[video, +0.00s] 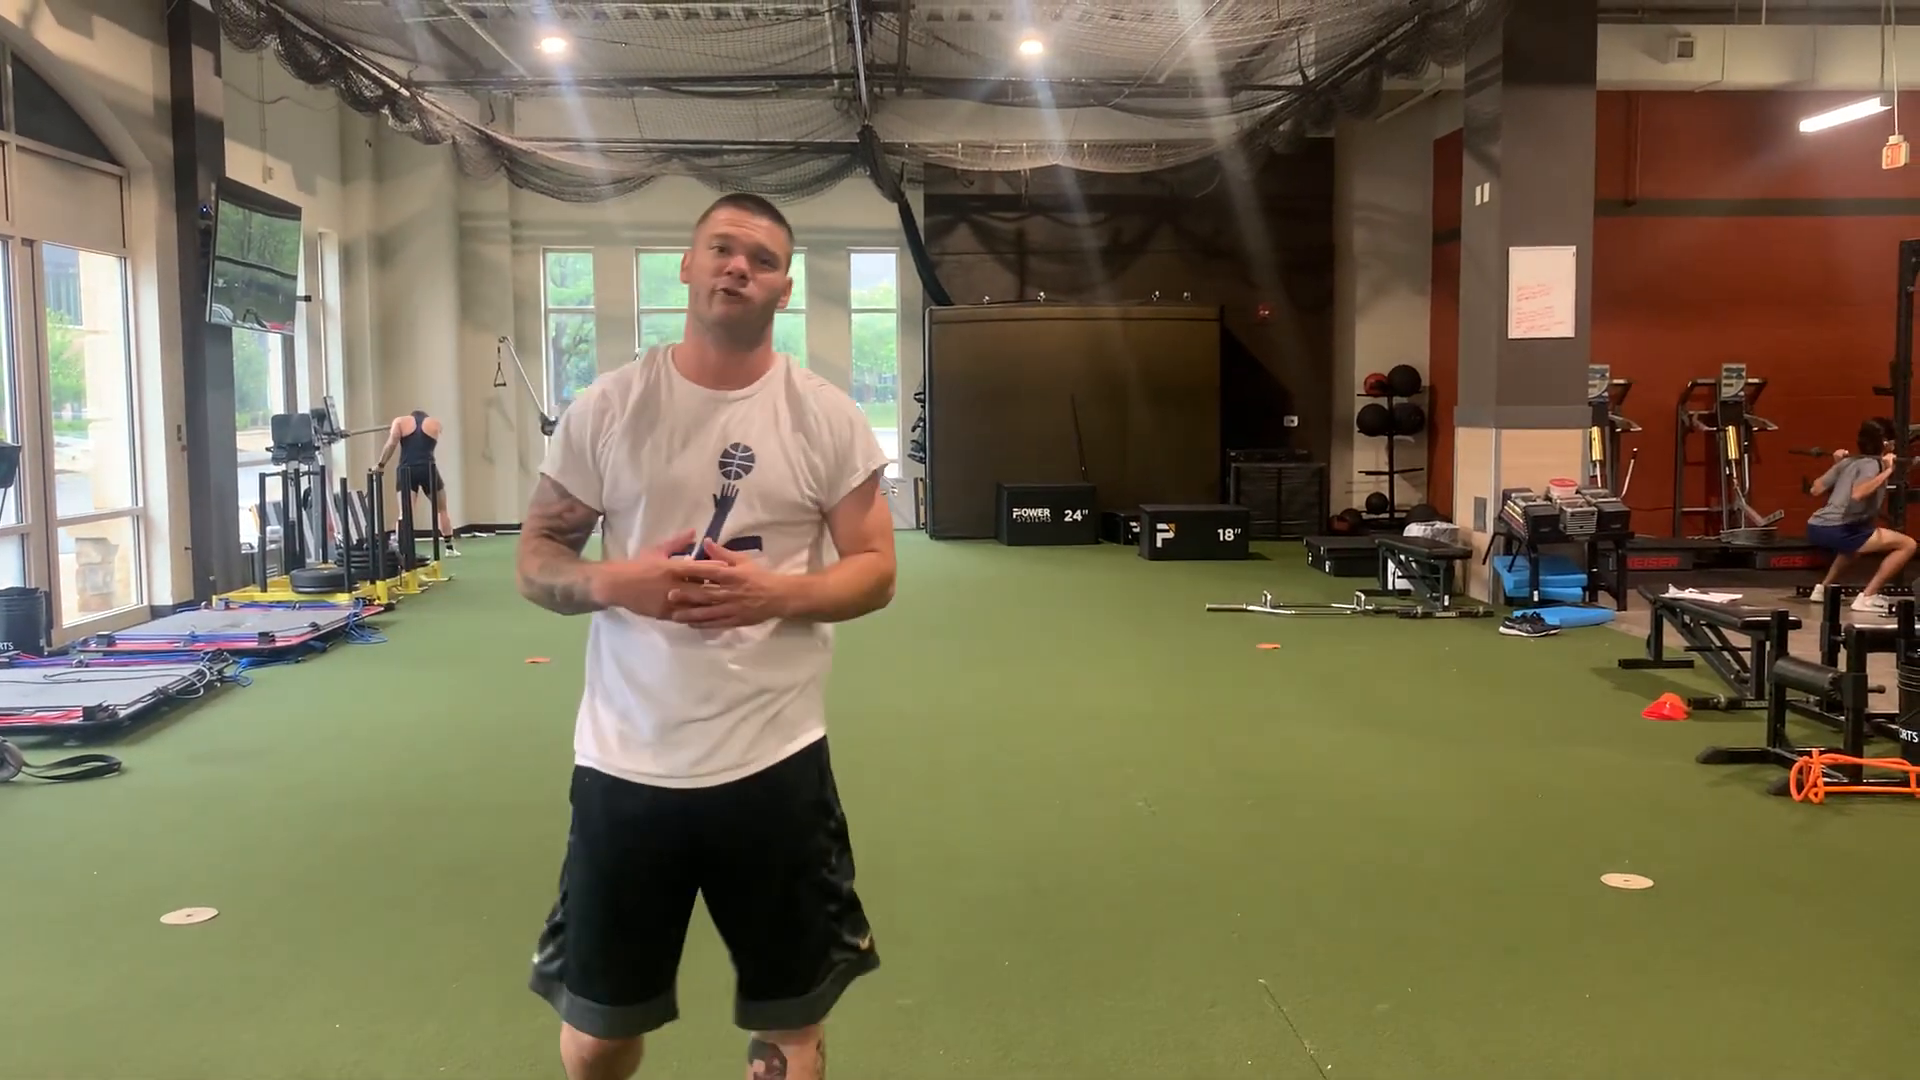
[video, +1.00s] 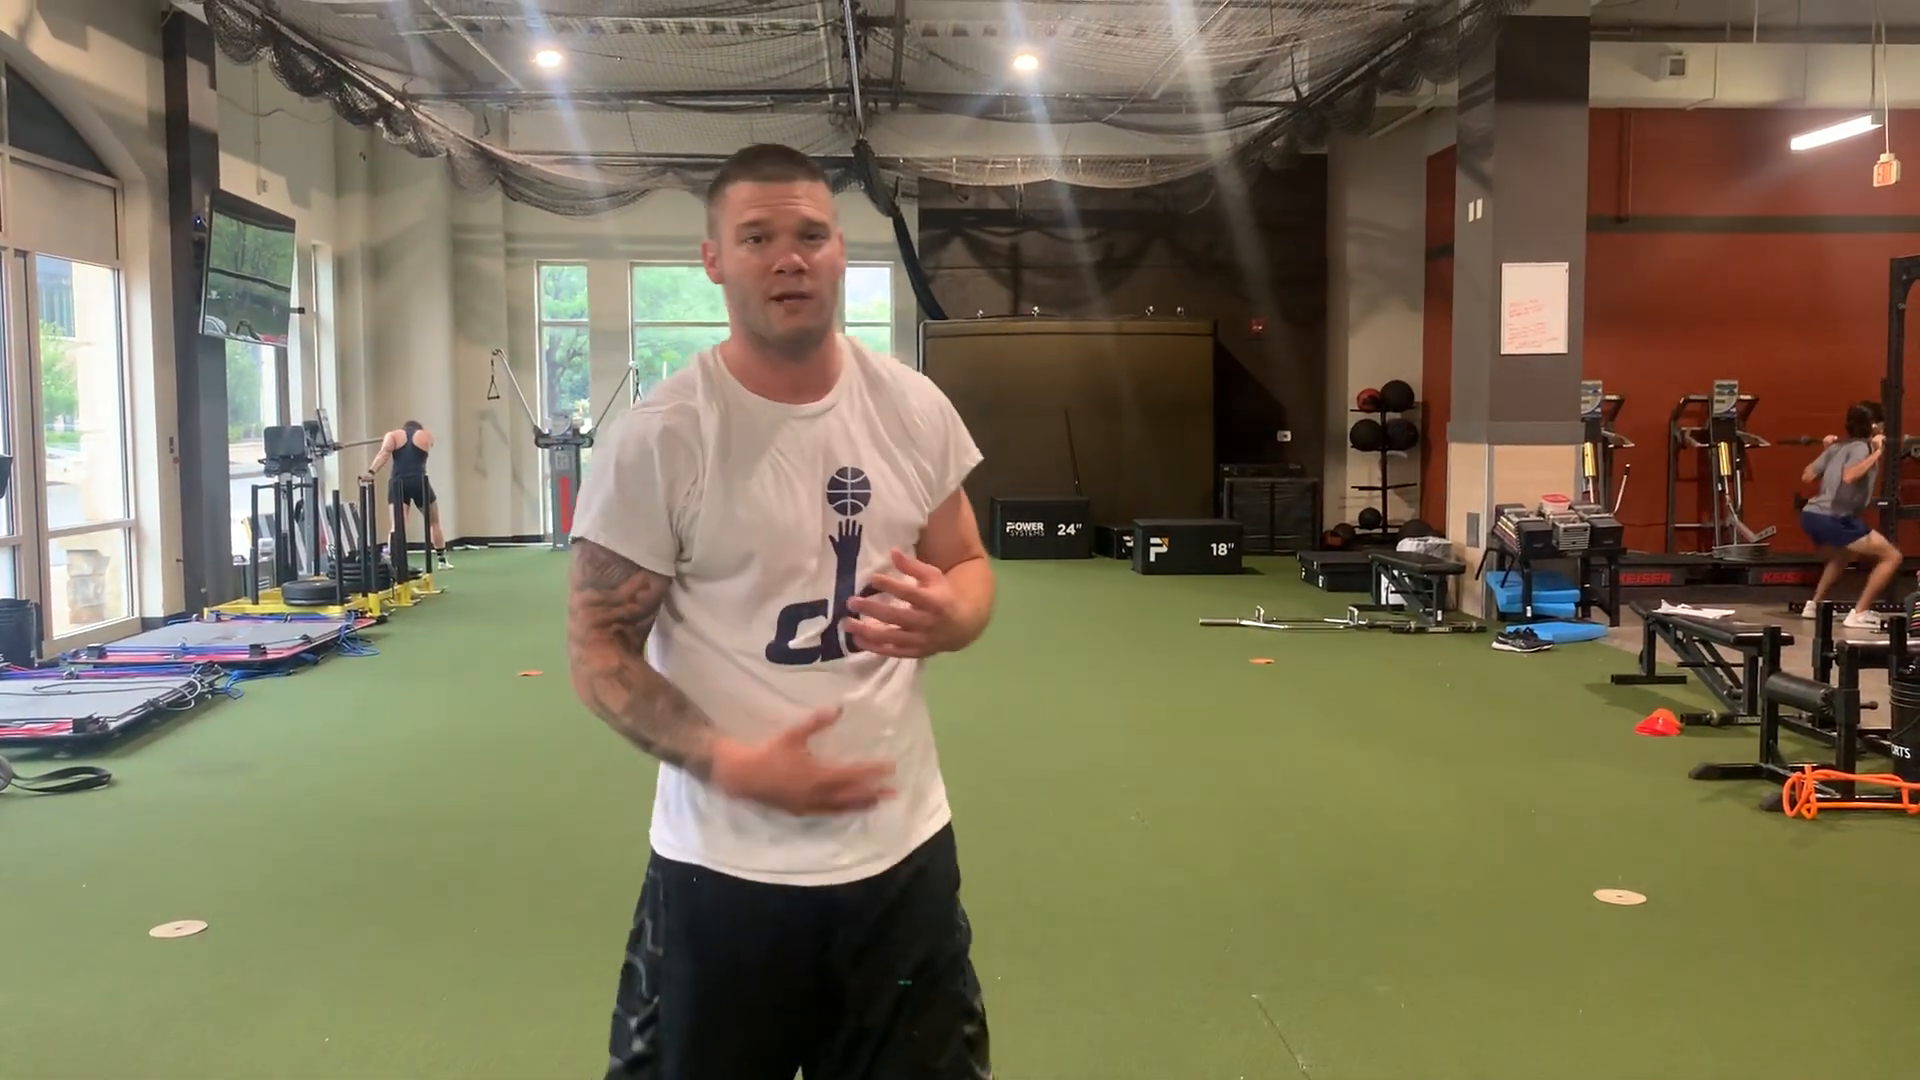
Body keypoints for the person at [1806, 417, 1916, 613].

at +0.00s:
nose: (1893, 445)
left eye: (1893, 440)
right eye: (1892, 440)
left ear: (1863, 442)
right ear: (1883, 444)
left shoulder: (1848, 462)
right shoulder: (1871, 464)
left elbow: (1816, 489)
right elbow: (1857, 494)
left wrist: (1837, 465)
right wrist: (1887, 470)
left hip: (1816, 528)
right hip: (1841, 533)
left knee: (1857, 544)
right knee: (1908, 545)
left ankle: (1823, 588)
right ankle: (1868, 597)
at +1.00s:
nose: (1881, 429)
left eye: (1881, 425)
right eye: (1879, 424)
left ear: (1850, 425)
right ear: (1871, 427)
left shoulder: (1837, 448)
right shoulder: (1862, 448)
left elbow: (1807, 475)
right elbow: (1849, 476)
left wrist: (1825, 450)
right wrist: (1877, 453)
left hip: (1811, 515)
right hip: (1836, 520)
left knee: (1842, 555)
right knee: (1892, 557)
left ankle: (1814, 604)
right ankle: (1860, 613)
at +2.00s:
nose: (1883, 396)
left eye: (1883, 391)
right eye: (1881, 391)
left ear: (1852, 393)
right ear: (1870, 393)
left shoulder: (1837, 416)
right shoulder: (1862, 416)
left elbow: (1808, 444)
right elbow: (1850, 444)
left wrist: (1826, 416)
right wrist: (1877, 419)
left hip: (1815, 488)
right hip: (1837, 493)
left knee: (1822, 550)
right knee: (1857, 551)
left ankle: (1810, 610)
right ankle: (1857, 619)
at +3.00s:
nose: (1888, 446)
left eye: (1888, 442)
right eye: (1886, 441)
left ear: (1857, 443)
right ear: (1877, 445)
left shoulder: (1843, 465)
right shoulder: (1867, 466)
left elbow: (1812, 491)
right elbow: (1852, 495)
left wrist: (1832, 466)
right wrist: (1881, 473)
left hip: (1815, 531)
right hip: (1837, 535)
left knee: (1848, 567)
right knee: (1899, 568)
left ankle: (1818, 615)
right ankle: (1864, 623)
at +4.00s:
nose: (1888, 468)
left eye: (1888, 462)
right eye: (1886, 463)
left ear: (1857, 465)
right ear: (1877, 467)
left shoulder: (1842, 485)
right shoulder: (1866, 487)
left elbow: (1811, 513)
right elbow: (1849, 515)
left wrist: (1833, 488)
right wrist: (1880, 493)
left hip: (1813, 551)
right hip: (1838, 556)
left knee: (1851, 571)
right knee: (1902, 572)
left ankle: (1819, 615)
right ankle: (1864, 624)